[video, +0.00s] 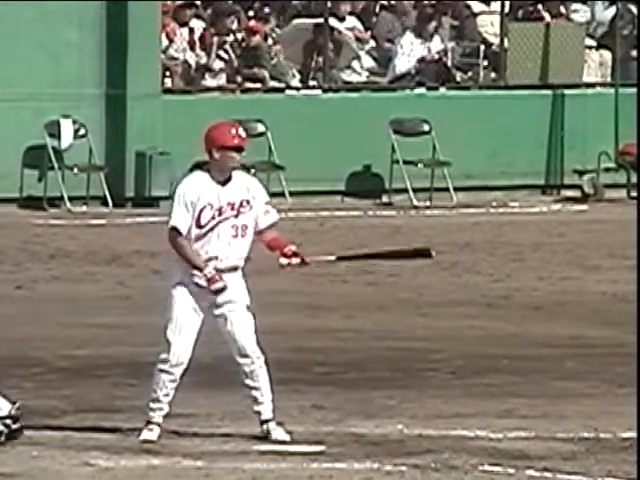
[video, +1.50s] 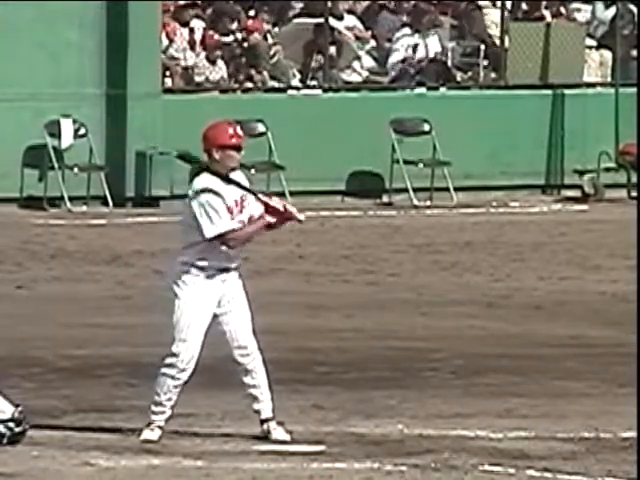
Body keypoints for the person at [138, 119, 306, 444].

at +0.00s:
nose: (238, 155)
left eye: (239, 150)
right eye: (232, 150)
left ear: (239, 152)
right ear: (213, 153)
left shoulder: (248, 184)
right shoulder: (191, 186)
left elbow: (266, 229)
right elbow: (176, 235)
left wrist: (284, 249)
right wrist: (202, 267)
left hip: (232, 280)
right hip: (192, 280)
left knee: (248, 351)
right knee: (176, 354)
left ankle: (268, 420)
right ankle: (154, 421)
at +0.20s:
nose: (227, 154)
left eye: (227, 148)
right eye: (220, 149)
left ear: (222, 151)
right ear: (202, 152)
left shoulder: (237, 185)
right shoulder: (175, 187)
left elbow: (247, 231)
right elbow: (157, 233)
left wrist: (259, 259)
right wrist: (179, 269)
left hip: (222, 281)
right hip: (182, 281)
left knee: (242, 353)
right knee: (169, 358)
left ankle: (267, 421)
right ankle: (154, 421)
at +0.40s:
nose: (218, 152)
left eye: (219, 146)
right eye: (211, 147)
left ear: (218, 149)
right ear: (193, 151)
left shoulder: (229, 184)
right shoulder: (167, 185)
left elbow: (232, 236)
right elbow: (147, 228)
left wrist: (221, 273)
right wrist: (161, 268)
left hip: (218, 277)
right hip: (178, 279)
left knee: (239, 350)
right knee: (167, 357)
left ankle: (267, 419)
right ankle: (154, 421)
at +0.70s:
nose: (222, 150)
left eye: (223, 145)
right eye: (215, 146)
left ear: (222, 147)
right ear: (196, 149)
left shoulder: (233, 183)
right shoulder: (169, 182)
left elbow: (227, 232)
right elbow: (154, 224)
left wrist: (193, 253)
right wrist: (162, 244)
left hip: (221, 277)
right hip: (184, 280)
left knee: (241, 351)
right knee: (169, 357)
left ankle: (267, 421)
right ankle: (154, 421)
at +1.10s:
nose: (225, 150)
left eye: (225, 144)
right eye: (218, 145)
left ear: (223, 147)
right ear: (199, 148)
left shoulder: (235, 180)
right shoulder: (175, 183)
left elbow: (248, 225)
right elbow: (162, 233)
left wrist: (221, 217)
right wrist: (187, 212)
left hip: (224, 276)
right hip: (186, 277)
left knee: (243, 351)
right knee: (173, 356)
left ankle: (268, 421)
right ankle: (155, 421)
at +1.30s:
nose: (231, 151)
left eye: (231, 145)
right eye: (224, 146)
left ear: (227, 149)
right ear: (206, 151)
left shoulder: (236, 177)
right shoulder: (188, 186)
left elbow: (259, 220)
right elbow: (194, 234)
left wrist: (249, 213)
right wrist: (220, 217)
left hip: (228, 277)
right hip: (192, 279)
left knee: (245, 350)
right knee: (178, 354)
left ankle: (268, 421)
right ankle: (156, 421)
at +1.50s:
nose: (238, 155)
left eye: (239, 148)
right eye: (232, 149)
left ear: (230, 152)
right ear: (214, 153)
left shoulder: (237, 178)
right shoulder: (204, 189)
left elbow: (251, 210)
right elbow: (231, 240)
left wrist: (276, 213)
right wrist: (265, 221)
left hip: (229, 276)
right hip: (197, 279)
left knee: (247, 350)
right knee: (184, 355)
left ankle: (268, 420)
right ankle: (156, 422)